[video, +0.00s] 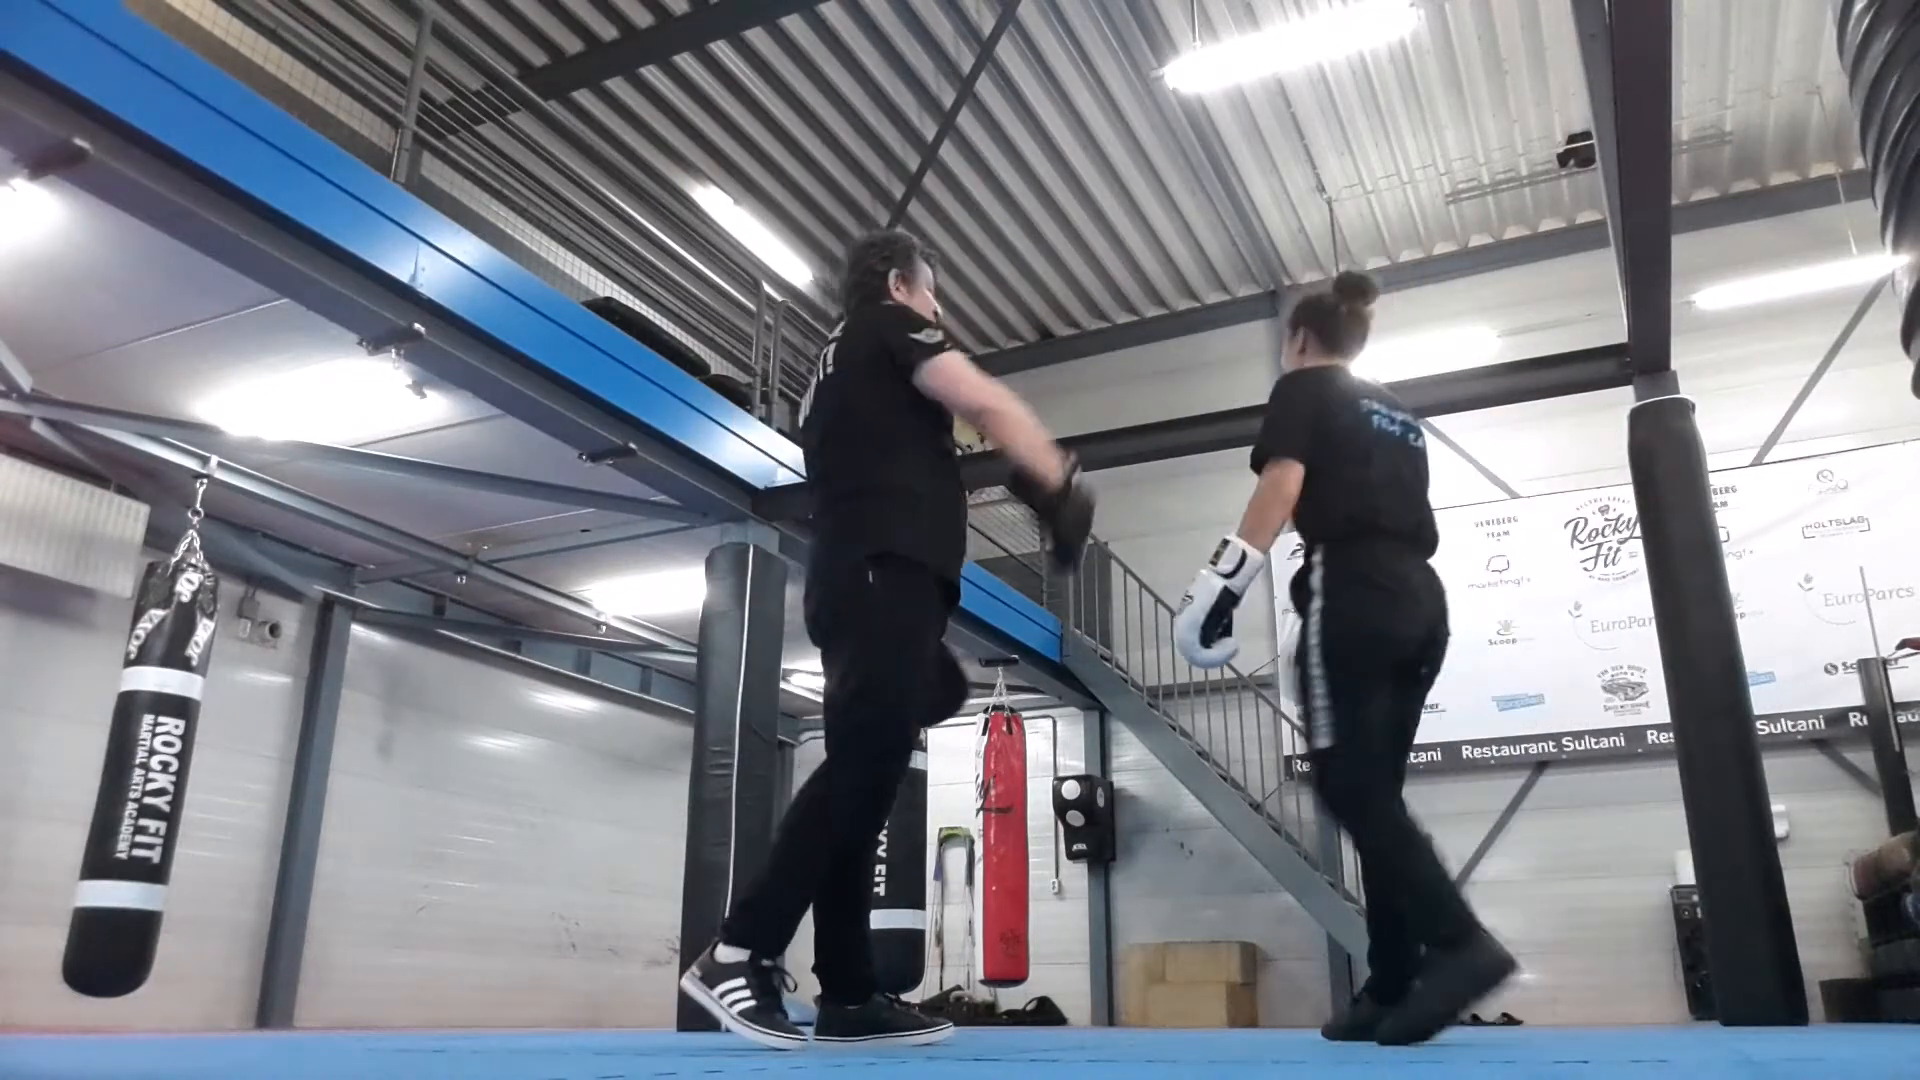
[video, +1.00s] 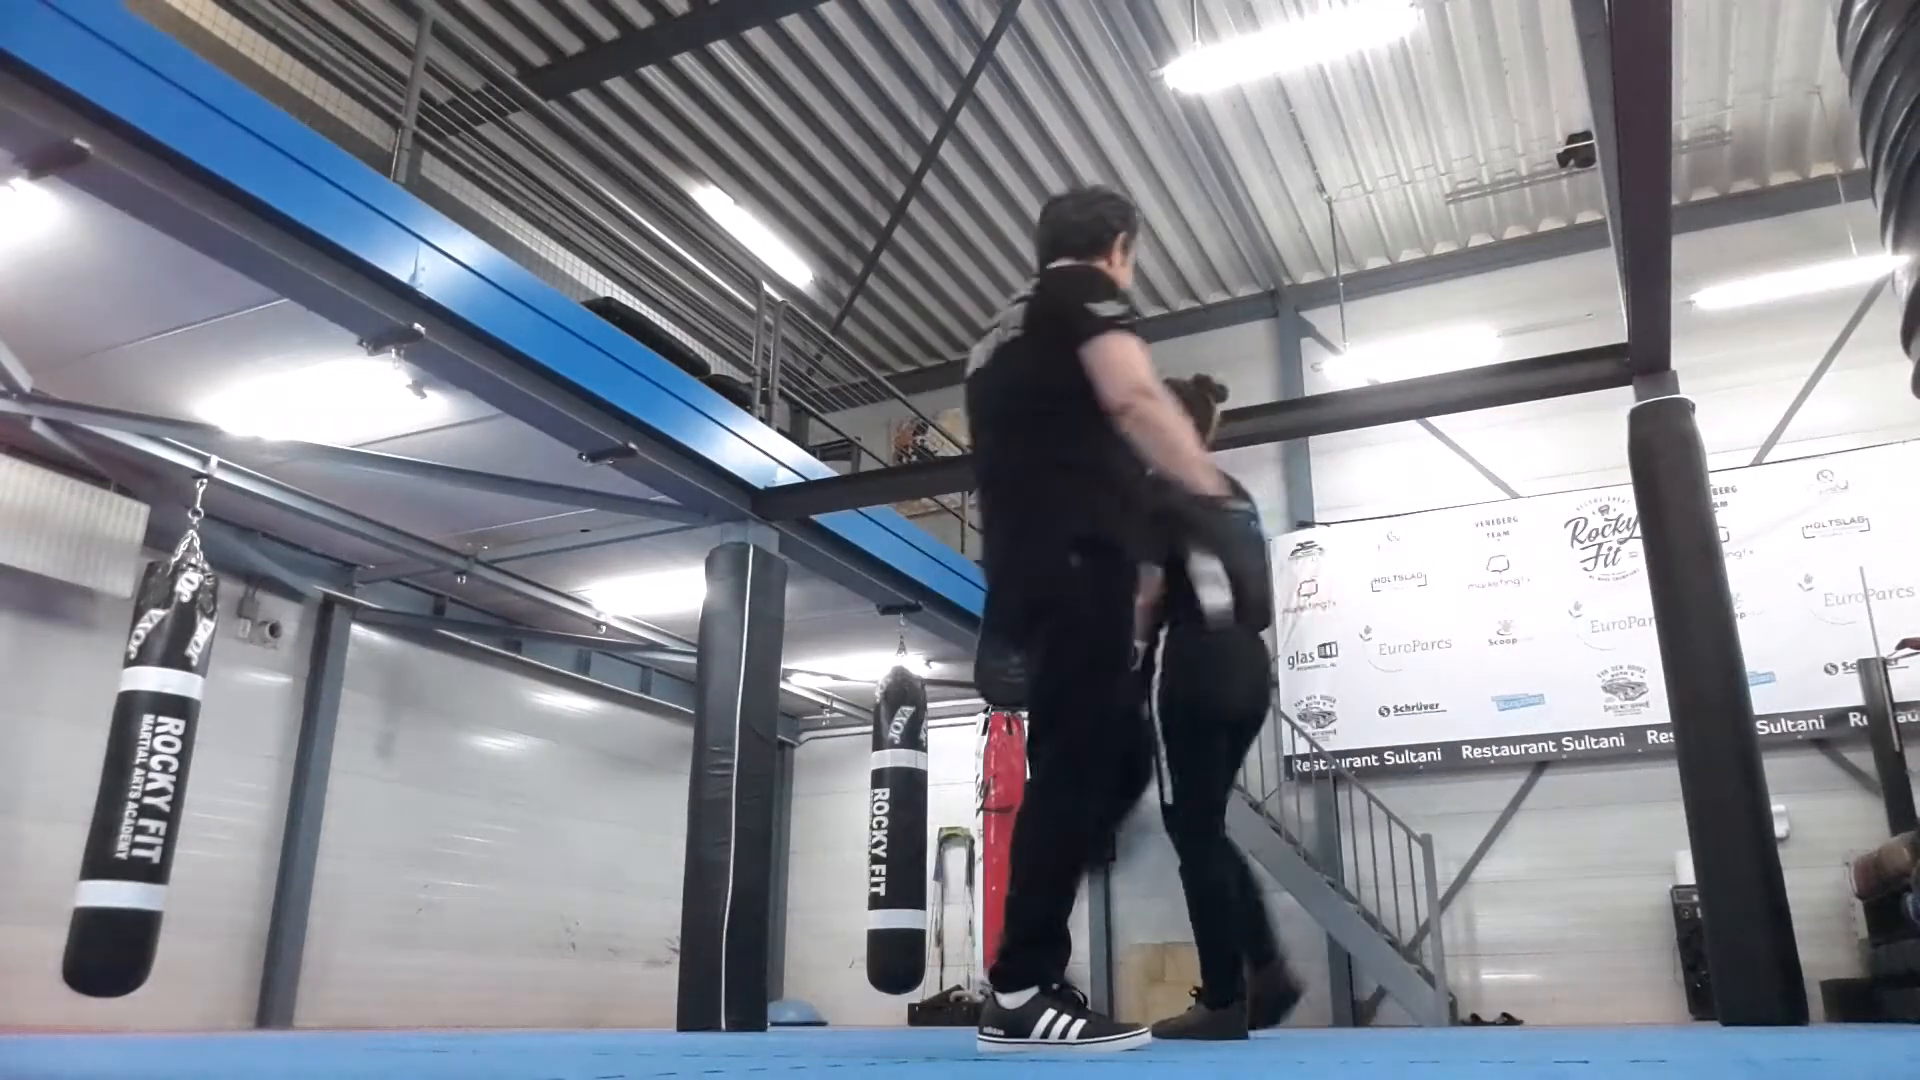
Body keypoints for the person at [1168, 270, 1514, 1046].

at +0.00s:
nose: (1283, 351)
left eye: (1284, 342)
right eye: (1285, 343)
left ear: (1299, 338)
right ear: (1354, 344)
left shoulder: (1302, 388)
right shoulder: (1393, 411)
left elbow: (1281, 485)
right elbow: (1404, 519)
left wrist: (1224, 576)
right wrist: (1329, 568)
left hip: (1350, 592)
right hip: (1418, 592)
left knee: (1347, 784)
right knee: (1376, 791)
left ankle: (1460, 947)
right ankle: (1392, 984)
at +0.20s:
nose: (1267, 381)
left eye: (1266, 372)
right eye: (1270, 372)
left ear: (1278, 366)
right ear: (1331, 365)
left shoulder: (1285, 407)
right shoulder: (1380, 437)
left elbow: (1279, 480)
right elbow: (1425, 535)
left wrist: (1231, 571)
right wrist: (1473, 616)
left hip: (1320, 610)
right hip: (1395, 617)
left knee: (1260, 780)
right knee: (1374, 802)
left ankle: (1353, 940)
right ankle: (1393, 1001)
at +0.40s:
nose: (1238, 408)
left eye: (1239, 400)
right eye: (1239, 401)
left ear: (1251, 393)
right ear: (1308, 394)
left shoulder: (1255, 430)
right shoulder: (1355, 455)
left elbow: (1247, 489)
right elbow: (1426, 532)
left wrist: (1216, 555)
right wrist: (1504, 591)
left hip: (1291, 630)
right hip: (1370, 634)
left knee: (1251, 806)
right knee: (1370, 814)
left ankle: (1229, 993)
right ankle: (1394, 999)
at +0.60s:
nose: (1189, 435)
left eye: (1193, 422)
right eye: (1191, 423)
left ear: (1216, 418)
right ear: (1256, 421)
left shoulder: (1210, 468)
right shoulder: (1315, 475)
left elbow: (1187, 533)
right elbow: (1365, 565)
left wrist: (1144, 583)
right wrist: (1409, 633)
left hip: (1253, 656)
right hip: (1334, 652)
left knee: (1232, 824)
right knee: (1344, 822)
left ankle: (1226, 1004)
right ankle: (1392, 997)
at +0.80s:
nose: (1150, 433)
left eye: (1159, 420)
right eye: (1151, 420)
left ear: (1197, 421)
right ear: (1212, 425)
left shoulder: (1179, 478)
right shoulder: (1270, 481)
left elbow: (1147, 576)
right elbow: (1299, 590)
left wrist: (1110, 659)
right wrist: (1290, 658)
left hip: (1210, 660)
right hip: (1281, 660)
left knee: (1210, 834)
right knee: (1270, 828)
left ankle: (1222, 1004)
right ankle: (1347, 927)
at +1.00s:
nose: (1148, 430)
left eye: (1155, 420)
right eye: (1152, 419)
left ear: (1171, 425)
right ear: (1207, 426)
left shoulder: (1163, 492)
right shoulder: (1235, 493)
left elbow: (1151, 591)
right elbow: (1253, 592)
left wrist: (1135, 653)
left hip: (1196, 661)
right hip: (1250, 658)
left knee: (1194, 825)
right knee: (1199, 821)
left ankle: (1223, 999)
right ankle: (1266, 972)